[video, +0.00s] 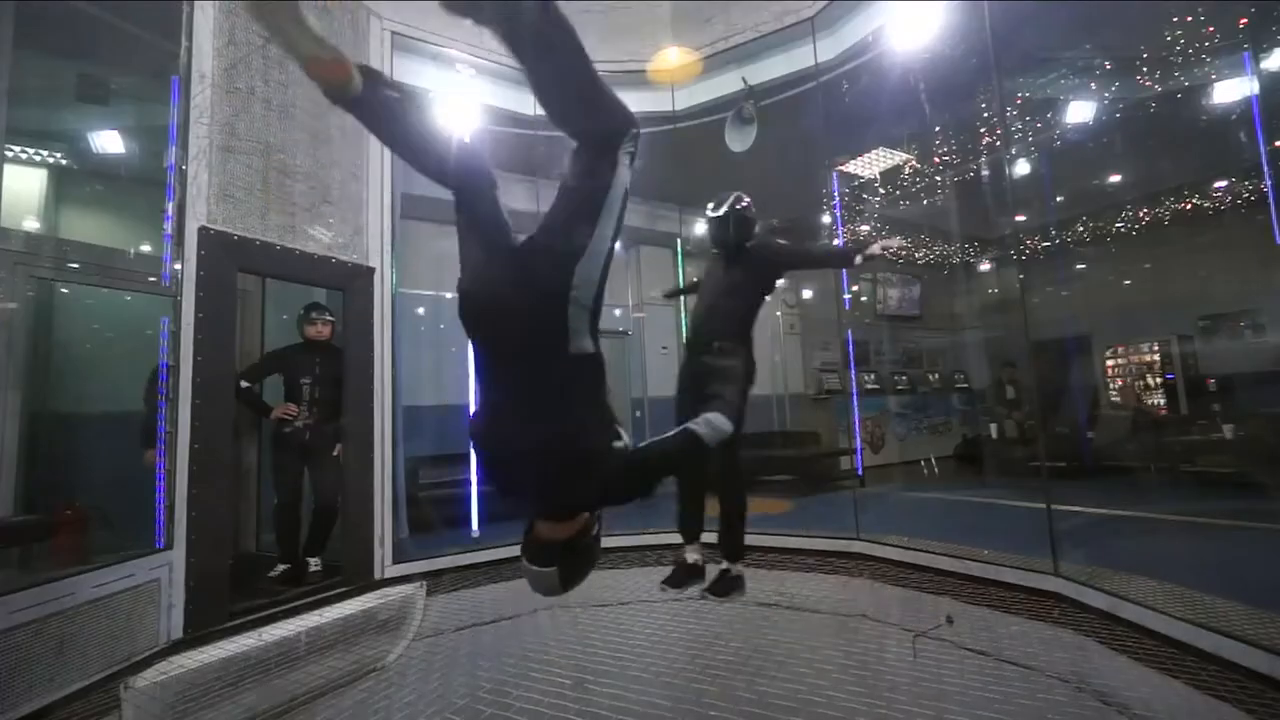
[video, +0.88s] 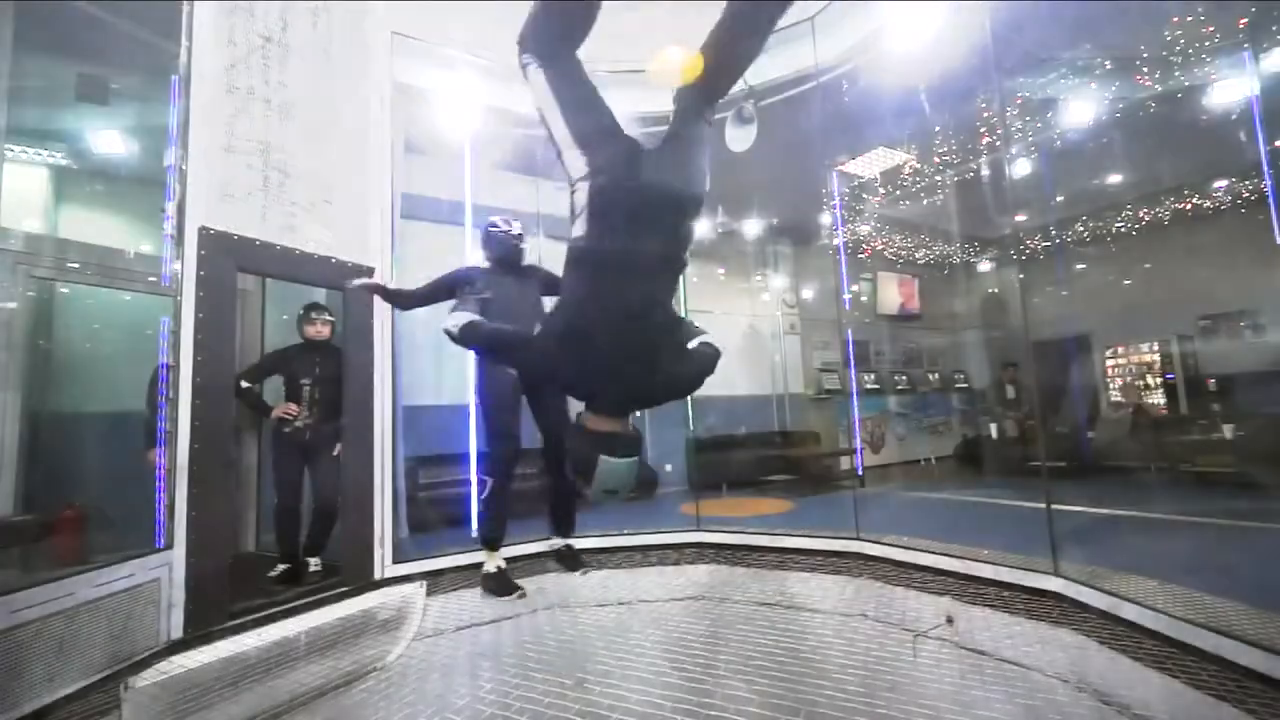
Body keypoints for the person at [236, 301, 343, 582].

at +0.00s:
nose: (320, 328)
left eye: (325, 323)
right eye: (314, 323)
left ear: (333, 327)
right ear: (302, 326)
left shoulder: (341, 359)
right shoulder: (287, 356)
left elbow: (353, 400)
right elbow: (242, 384)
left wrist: (344, 438)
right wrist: (269, 411)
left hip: (325, 439)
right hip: (289, 439)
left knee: (329, 501)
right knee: (287, 499)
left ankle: (313, 555)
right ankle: (287, 560)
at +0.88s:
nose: (319, 327)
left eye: (325, 322)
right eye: (313, 322)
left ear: (333, 327)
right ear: (302, 326)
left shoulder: (341, 359)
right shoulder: (287, 356)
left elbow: (355, 400)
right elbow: (243, 383)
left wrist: (346, 437)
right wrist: (269, 410)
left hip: (326, 439)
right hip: (289, 439)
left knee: (328, 502)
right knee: (288, 500)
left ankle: (313, 555)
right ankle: (288, 561)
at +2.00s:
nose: (322, 325)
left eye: (327, 321)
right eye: (315, 320)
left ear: (332, 326)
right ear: (301, 323)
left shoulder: (333, 357)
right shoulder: (281, 348)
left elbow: (333, 391)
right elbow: (224, 361)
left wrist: (293, 373)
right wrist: (249, 397)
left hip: (302, 441)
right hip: (265, 436)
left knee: (303, 504)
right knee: (260, 504)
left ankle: (242, 553)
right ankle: (254, 570)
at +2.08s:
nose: (322, 325)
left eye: (327, 321)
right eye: (315, 319)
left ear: (332, 326)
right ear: (301, 323)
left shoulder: (333, 357)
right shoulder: (281, 348)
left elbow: (332, 392)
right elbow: (224, 361)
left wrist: (293, 373)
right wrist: (249, 397)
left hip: (302, 441)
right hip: (265, 436)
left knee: (303, 504)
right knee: (260, 504)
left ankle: (242, 553)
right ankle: (254, 569)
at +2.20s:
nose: (322, 325)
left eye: (327, 321)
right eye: (315, 319)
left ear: (332, 327)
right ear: (301, 323)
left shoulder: (334, 357)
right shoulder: (280, 348)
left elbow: (333, 392)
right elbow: (224, 360)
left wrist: (293, 373)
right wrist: (249, 397)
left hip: (302, 440)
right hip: (265, 435)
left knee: (303, 504)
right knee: (260, 504)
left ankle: (242, 553)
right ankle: (254, 570)